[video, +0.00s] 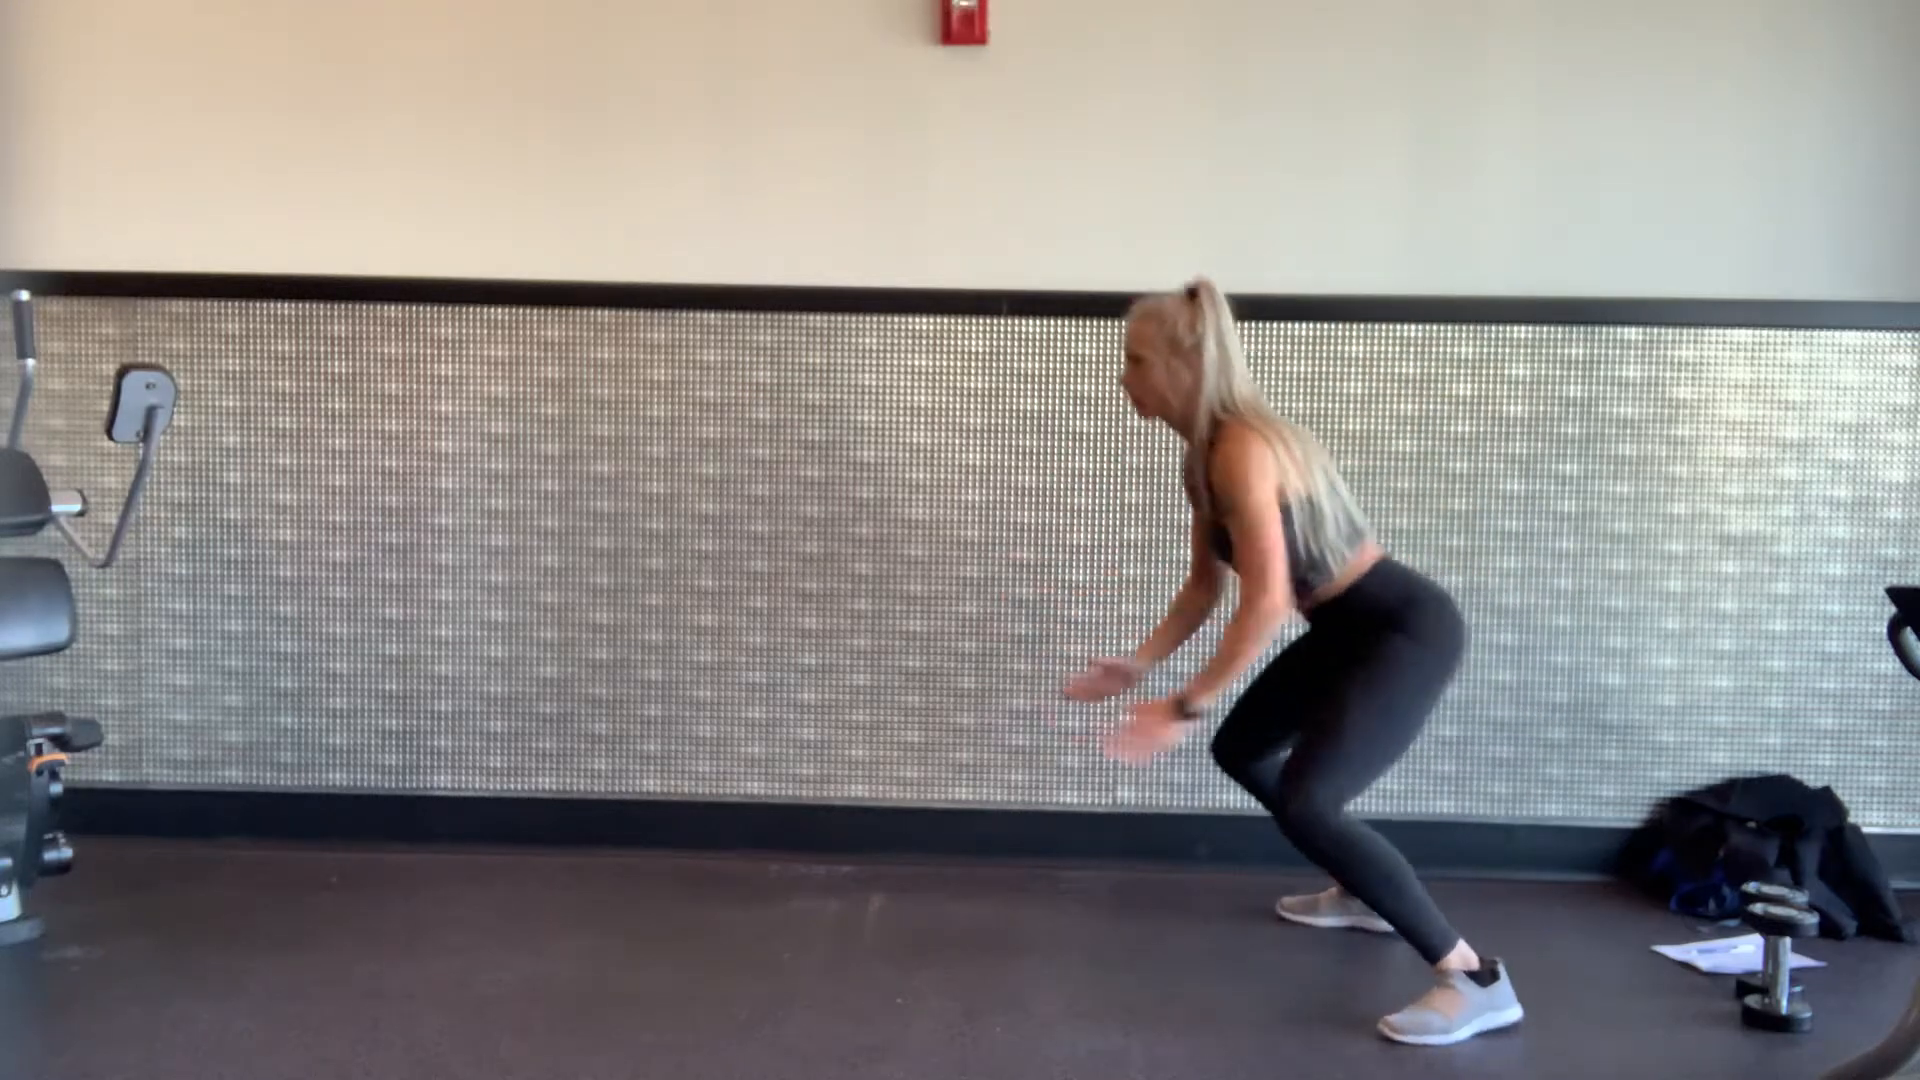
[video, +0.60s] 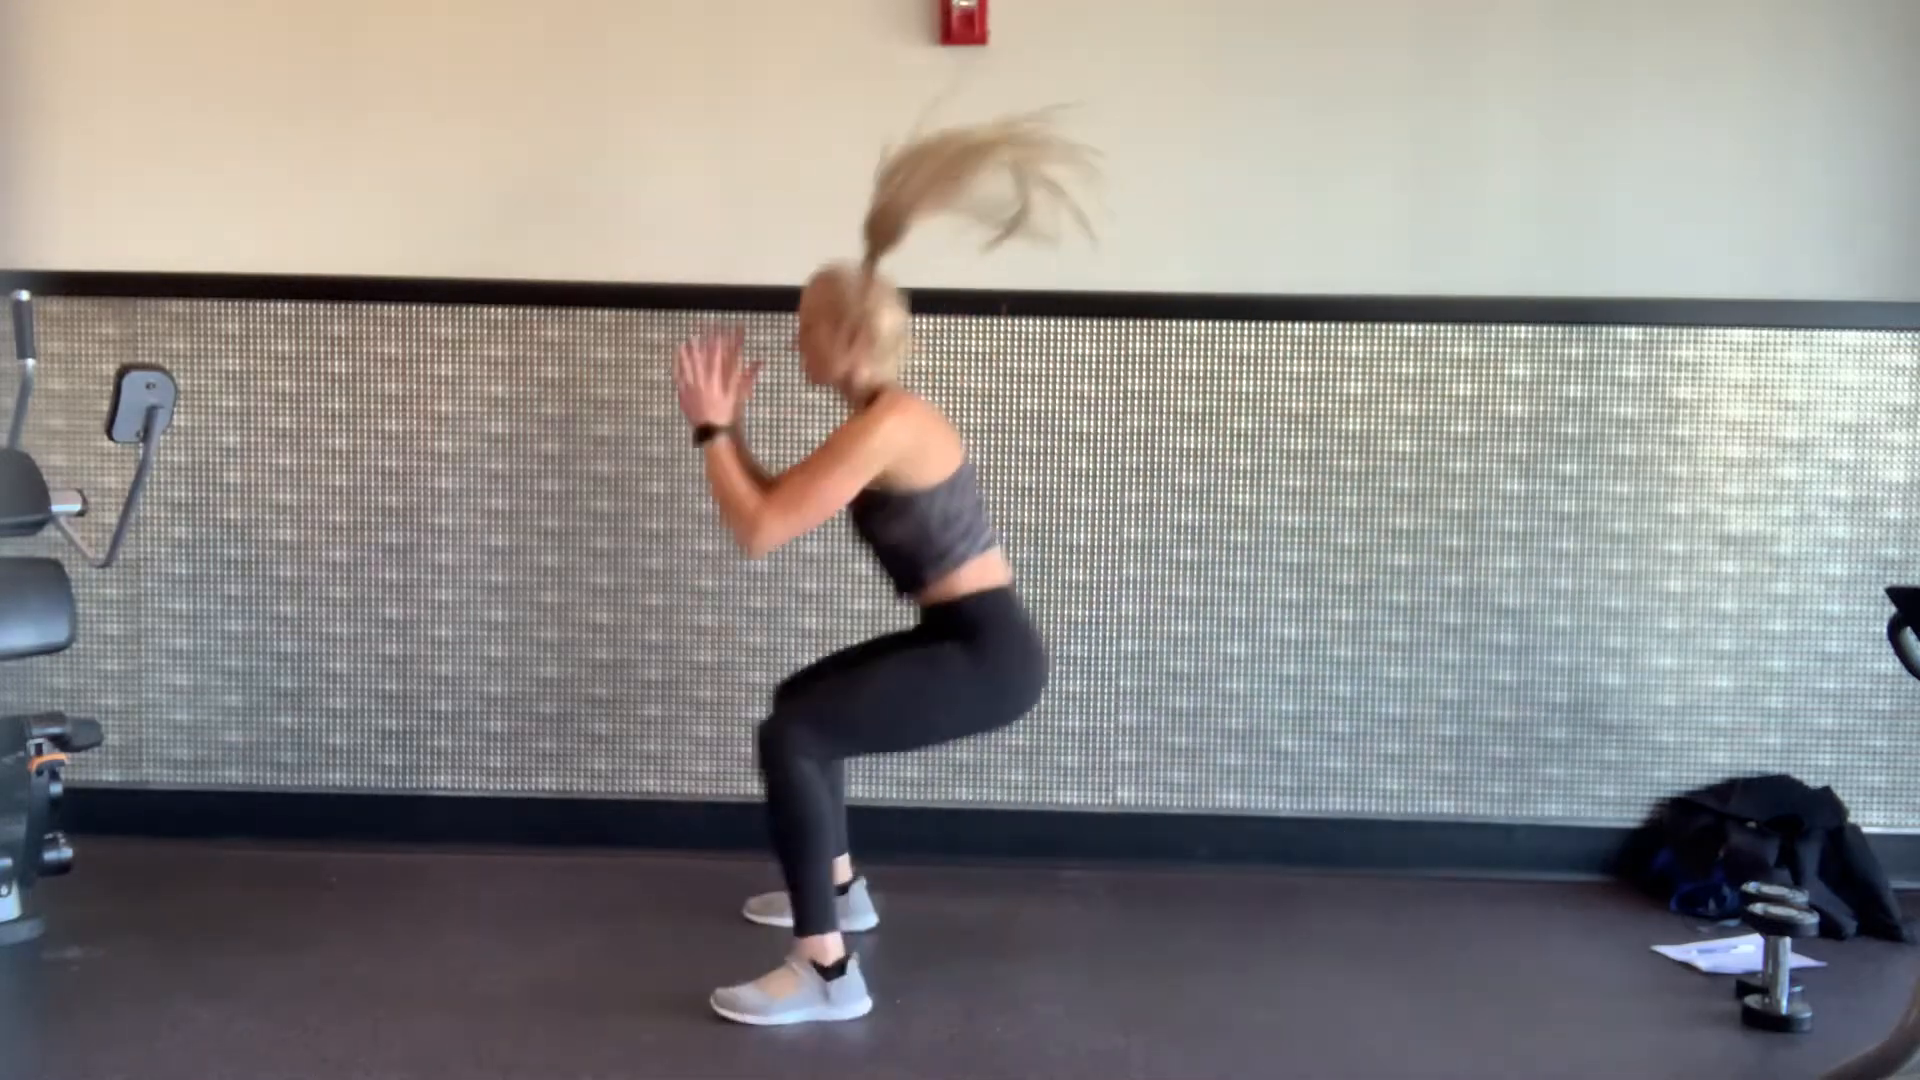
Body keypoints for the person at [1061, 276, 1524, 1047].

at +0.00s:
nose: (1123, 380)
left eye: (1133, 364)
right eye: (1124, 363)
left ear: (1179, 368)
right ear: (1184, 370)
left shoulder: (1240, 449)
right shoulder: (1208, 453)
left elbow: (1267, 603)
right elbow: (1205, 584)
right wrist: (1135, 664)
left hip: (1406, 627)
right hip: (1352, 629)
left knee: (1309, 803)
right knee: (1242, 750)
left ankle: (1470, 975)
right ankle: (1363, 888)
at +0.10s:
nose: (1093, 288)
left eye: (1107, 273)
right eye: (1096, 271)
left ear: (1155, 283)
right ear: (1150, 282)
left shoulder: (1203, 367)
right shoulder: (1170, 366)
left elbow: (1320, 449)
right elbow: (1263, 463)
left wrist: (1320, 588)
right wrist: (1232, 557)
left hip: (1316, 582)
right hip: (1276, 582)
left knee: (1284, 800)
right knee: (1224, 750)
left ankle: (1466, 965)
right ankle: (1359, 878)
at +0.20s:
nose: (1059, 197)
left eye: (1072, 182)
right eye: (1062, 180)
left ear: (1119, 187)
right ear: (1121, 188)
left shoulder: (1154, 262)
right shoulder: (1136, 264)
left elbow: (1295, 285)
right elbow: (1252, 297)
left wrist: (1326, 418)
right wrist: (1234, 413)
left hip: (1211, 511)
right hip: (1183, 510)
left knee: (1205, 730)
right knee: (1164, 703)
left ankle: (1390, 904)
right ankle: (1300, 828)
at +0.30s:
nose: (993, 150)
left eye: (1008, 136)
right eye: (996, 133)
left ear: (1057, 146)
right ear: (1053, 145)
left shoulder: (1083, 221)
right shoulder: (1067, 225)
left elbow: (1209, 275)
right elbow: (1180, 284)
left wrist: (1201, 417)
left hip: (1151, 471)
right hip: (1127, 472)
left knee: (1096, 674)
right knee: (1081, 664)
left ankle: (1226, 883)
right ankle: (1162, 834)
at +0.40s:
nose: (913, 163)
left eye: (926, 149)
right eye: (917, 147)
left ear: (973, 158)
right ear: (973, 157)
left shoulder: (1019, 245)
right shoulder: (992, 248)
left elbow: (1075, 379)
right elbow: (1036, 384)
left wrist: (980, 458)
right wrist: (959, 443)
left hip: (1112, 483)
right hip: (1082, 481)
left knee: (1027, 678)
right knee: (1011, 666)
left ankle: (1005, 916)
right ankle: (973, 846)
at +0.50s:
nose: (853, 233)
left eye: (864, 219)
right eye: (857, 217)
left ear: (904, 231)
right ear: (917, 228)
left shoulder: (947, 316)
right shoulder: (947, 309)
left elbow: (902, 469)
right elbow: (901, 448)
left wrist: (793, 453)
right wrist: (802, 444)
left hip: (1051, 553)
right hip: (1035, 545)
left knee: (913, 712)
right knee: (904, 695)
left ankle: (857, 952)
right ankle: (854, 878)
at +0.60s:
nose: (797, 344)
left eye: (807, 329)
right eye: (801, 328)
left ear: (845, 338)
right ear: (866, 336)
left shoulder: (887, 423)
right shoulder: (885, 414)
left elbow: (759, 531)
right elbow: (773, 512)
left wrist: (709, 431)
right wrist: (726, 428)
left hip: (988, 655)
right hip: (970, 640)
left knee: (795, 733)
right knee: (798, 707)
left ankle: (824, 967)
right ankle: (837, 886)